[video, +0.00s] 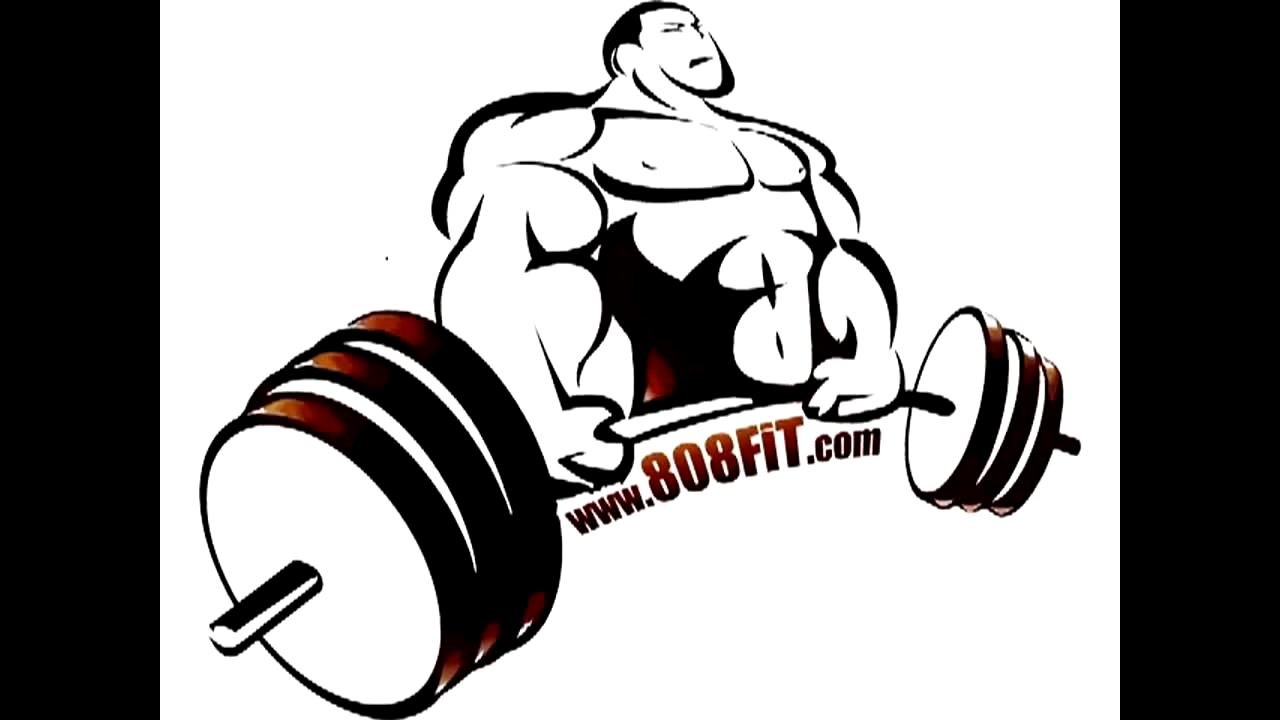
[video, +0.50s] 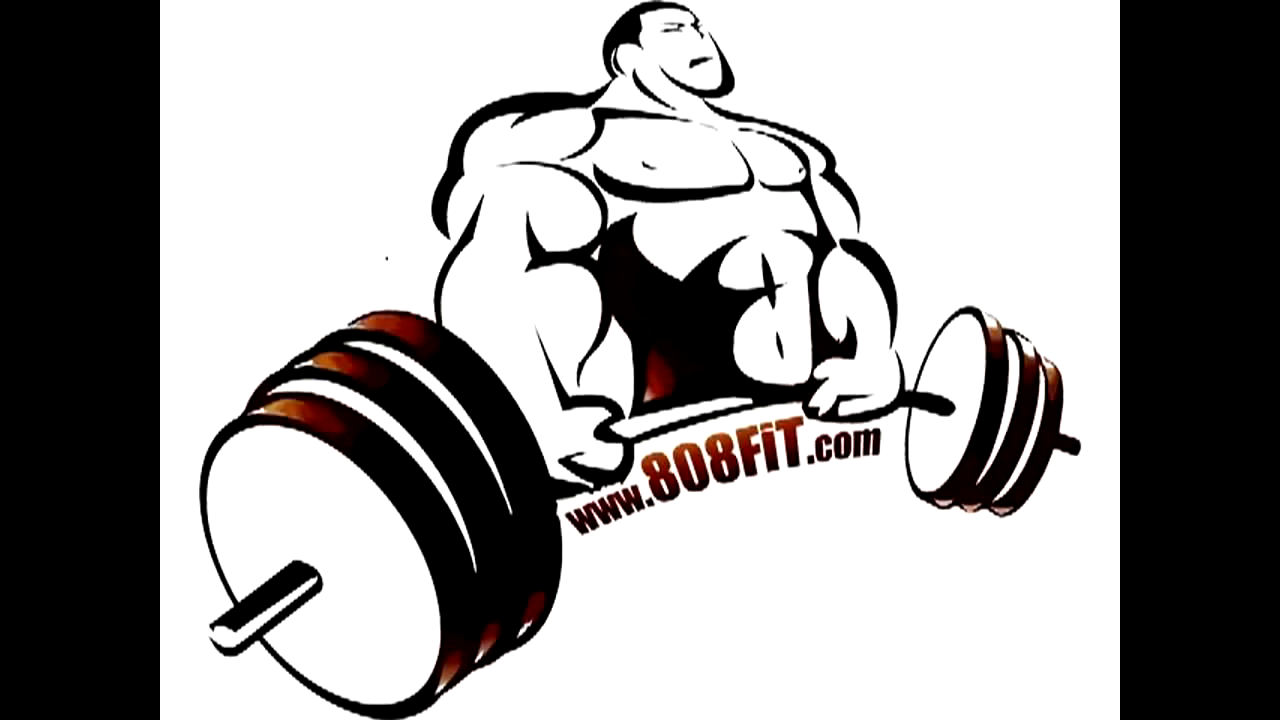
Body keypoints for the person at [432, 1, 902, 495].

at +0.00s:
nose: (702, 40)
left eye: (701, 28)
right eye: (675, 30)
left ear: (713, 45)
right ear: (628, 59)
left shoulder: (775, 145)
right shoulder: (593, 126)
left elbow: (850, 250)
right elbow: (487, 155)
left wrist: (878, 358)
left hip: (747, 330)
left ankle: (870, 369)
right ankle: (577, 429)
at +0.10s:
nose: (702, 40)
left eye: (701, 28)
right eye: (675, 30)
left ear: (713, 45)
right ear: (628, 59)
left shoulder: (775, 145)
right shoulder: (593, 126)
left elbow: (850, 250)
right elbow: (487, 155)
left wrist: (878, 358)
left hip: (747, 330)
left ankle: (870, 369)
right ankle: (577, 429)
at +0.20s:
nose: (702, 40)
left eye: (701, 28)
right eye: (675, 30)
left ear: (713, 45)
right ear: (628, 59)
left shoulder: (775, 145)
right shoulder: (593, 126)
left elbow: (850, 250)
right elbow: (487, 155)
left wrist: (878, 358)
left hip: (747, 330)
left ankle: (870, 369)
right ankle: (577, 429)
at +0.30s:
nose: (702, 40)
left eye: (701, 28)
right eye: (675, 30)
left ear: (713, 45)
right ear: (628, 59)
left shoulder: (775, 145)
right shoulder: (593, 126)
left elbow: (850, 250)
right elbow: (487, 155)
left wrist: (878, 358)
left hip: (747, 330)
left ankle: (870, 369)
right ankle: (577, 429)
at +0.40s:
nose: (702, 40)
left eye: (701, 28)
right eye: (675, 30)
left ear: (713, 45)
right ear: (628, 59)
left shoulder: (775, 145)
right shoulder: (593, 126)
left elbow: (850, 250)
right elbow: (487, 155)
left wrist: (878, 358)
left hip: (747, 330)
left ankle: (870, 369)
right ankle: (577, 429)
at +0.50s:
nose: (702, 40)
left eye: (701, 28)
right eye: (675, 30)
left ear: (713, 45)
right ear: (628, 59)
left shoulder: (775, 145)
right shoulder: (593, 126)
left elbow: (850, 250)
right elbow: (487, 155)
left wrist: (878, 358)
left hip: (747, 330)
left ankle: (870, 369)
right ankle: (577, 429)